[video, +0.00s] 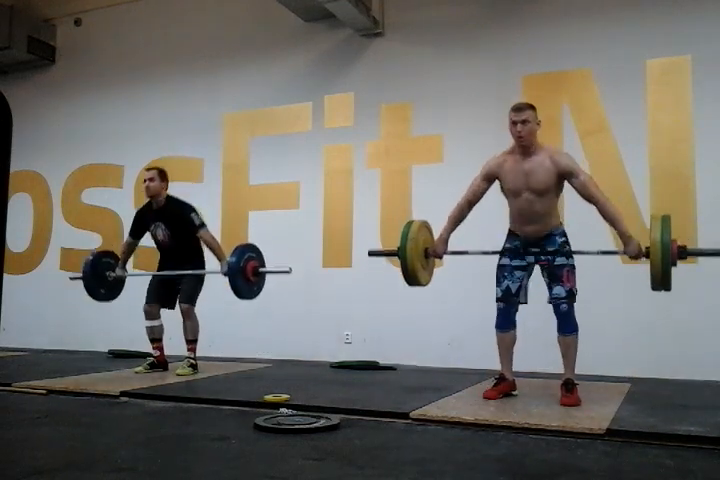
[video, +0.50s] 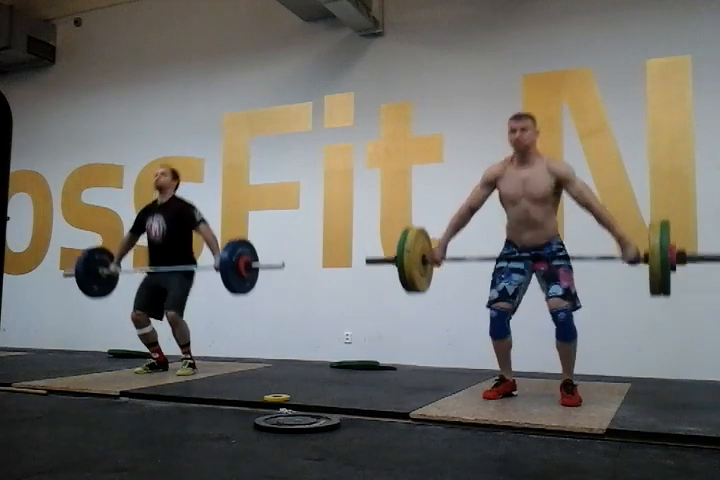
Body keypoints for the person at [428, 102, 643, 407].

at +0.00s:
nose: (519, 129)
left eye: (525, 123)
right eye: (514, 124)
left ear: (537, 125)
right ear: (509, 128)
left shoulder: (557, 161)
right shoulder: (498, 165)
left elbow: (597, 198)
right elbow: (468, 202)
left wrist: (627, 238)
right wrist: (444, 236)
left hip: (553, 241)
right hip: (516, 243)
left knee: (564, 307)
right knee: (504, 306)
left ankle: (569, 381)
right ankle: (506, 378)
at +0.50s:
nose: (518, 136)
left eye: (523, 130)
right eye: (513, 131)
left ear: (536, 134)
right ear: (508, 136)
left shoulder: (555, 170)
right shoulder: (497, 173)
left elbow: (592, 205)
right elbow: (468, 209)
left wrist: (623, 241)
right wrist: (442, 242)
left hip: (550, 251)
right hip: (514, 252)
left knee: (562, 315)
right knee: (498, 315)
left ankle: (568, 383)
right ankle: (506, 380)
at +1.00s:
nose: (525, 179)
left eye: (531, 174)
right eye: (520, 174)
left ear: (543, 178)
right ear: (514, 178)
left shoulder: (560, 202)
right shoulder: (500, 202)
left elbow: (607, 177)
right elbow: (458, 183)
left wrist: (632, 135)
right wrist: (434, 153)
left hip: (555, 292)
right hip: (516, 292)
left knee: (584, 322)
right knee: (470, 318)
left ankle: (578, 388)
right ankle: (489, 382)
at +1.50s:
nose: (513, 244)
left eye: (519, 238)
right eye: (508, 239)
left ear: (533, 237)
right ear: (503, 239)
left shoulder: (555, 257)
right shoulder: (496, 259)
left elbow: (600, 230)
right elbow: (460, 234)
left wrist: (636, 196)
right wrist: (434, 207)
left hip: (554, 332)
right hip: (516, 332)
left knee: (587, 327)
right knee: (468, 320)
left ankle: (578, 389)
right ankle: (490, 383)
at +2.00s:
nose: (515, 218)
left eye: (521, 212)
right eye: (510, 213)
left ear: (534, 210)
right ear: (505, 214)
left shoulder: (556, 232)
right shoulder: (497, 234)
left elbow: (600, 204)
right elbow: (464, 212)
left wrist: (635, 171)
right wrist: (438, 188)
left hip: (555, 310)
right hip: (516, 310)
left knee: (582, 327)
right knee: (470, 321)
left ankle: (577, 389)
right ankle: (489, 383)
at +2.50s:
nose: (520, 122)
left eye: (525, 116)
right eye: (515, 118)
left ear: (537, 117)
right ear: (508, 121)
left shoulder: (558, 143)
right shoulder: (501, 148)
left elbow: (607, 115)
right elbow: (464, 132)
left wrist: (634, 82)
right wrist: (442, 106)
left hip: (556, 237)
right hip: (519, 239)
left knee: (569, 307)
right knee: (499, 303)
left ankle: (577, 383)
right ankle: (493, 380)